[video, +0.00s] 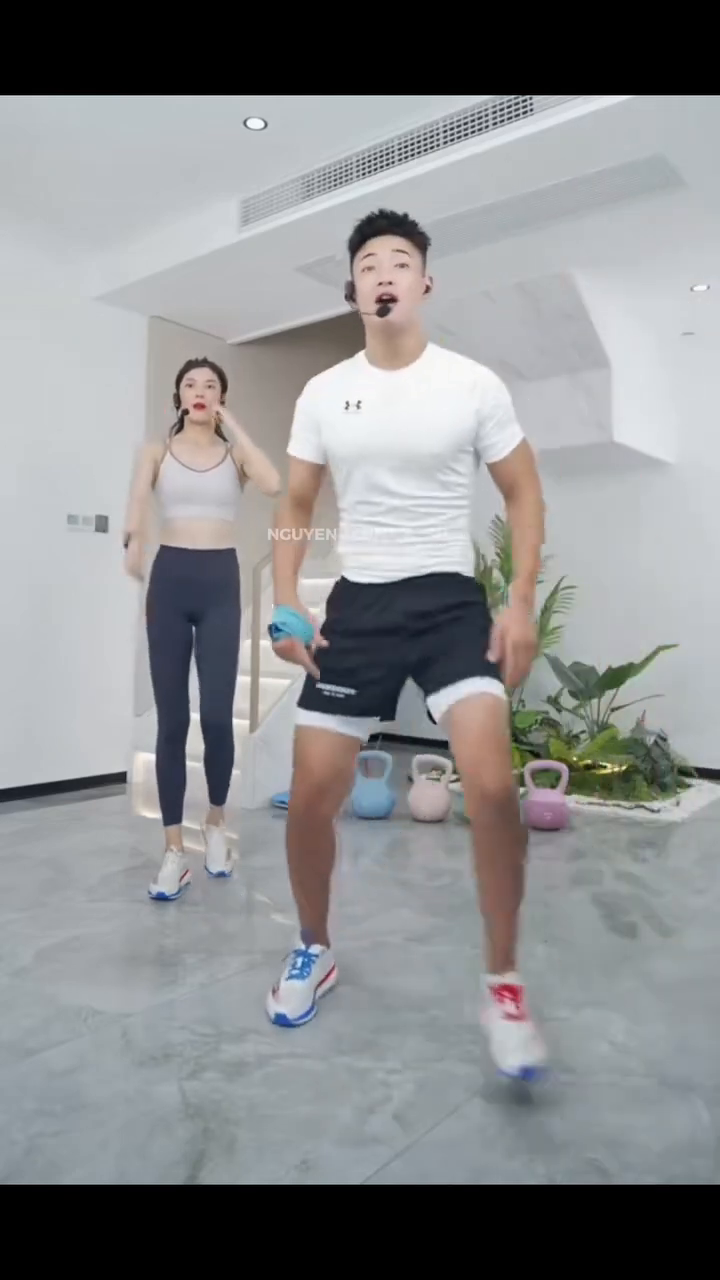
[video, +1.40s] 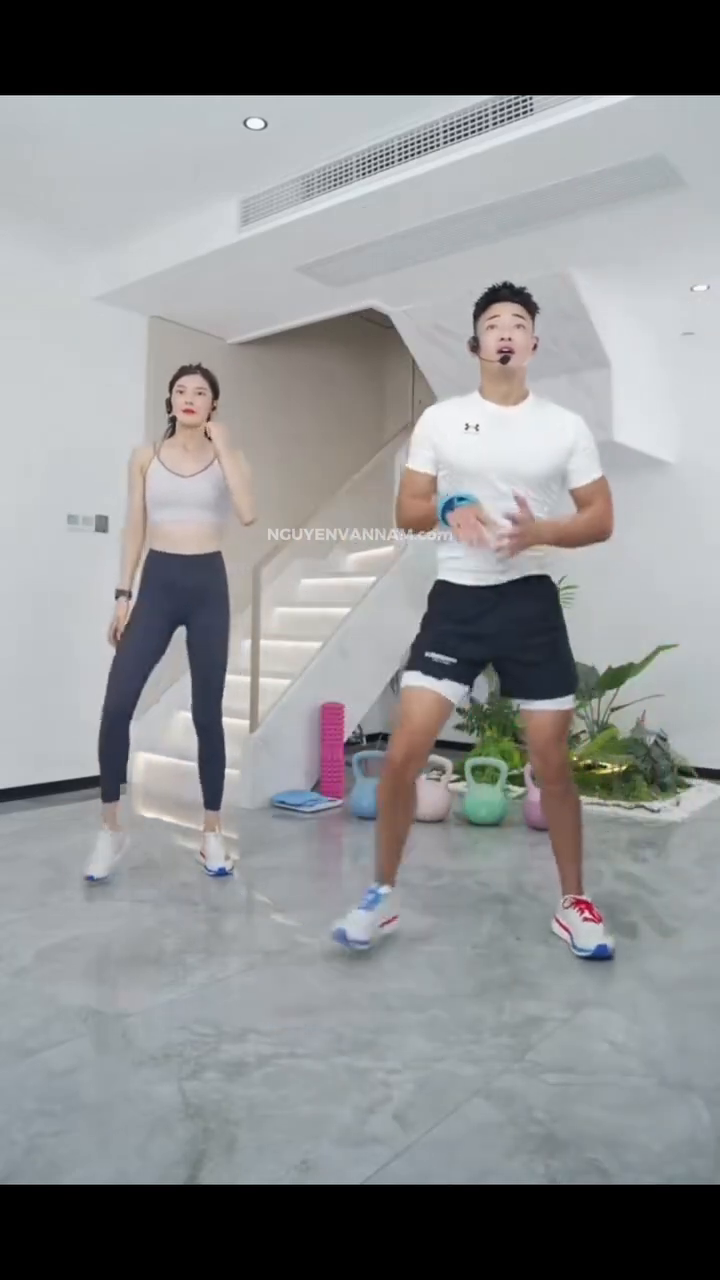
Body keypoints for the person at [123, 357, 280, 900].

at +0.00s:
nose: (200, 393)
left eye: (209, 387)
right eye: (192, 385)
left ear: (222, 400)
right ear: (178, 396)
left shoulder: (234, 451)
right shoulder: (157, 451)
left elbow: (271, 482)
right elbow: (138, 505)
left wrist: (233, 427)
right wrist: (133, 547)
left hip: (221, 580)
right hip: (167, 579)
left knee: (216, 716)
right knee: (172, 719)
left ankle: (216, 825)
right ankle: (173, 846)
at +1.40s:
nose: (190, 399)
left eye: (199, 393)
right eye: (183, 392)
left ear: (212, 405)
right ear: (170, 401)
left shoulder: (226, 458)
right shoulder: (146, 459)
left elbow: (247, 513)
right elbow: (136, 530)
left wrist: (221, 445)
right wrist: (124, 596)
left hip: (209, 587)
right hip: (156, 587)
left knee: (207, 714)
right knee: (116, 707)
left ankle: (212, 832)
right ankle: (110, 828)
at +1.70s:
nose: (154, 404)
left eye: (164, 398)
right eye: (147, 396)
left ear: (177, 411)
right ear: (133, 405)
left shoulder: (190, 469)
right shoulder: (104, 460)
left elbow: (214, 545)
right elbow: (83, 530)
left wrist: (197, 491)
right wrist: (69, 599)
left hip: (158, 593)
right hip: (104, 590)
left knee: (167, 710)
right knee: (88, 717)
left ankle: (183, 808)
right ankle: (79, 837)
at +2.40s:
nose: (186, 403)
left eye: (194, 396)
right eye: (176, 397)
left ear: (206, 409)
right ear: (161, 409)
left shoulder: (227, 465)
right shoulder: (144, 468)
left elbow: (257, 537)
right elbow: (132, 544)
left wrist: (226, 491)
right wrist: (121, 612)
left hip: (218, 598)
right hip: (164, 597)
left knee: (241, 718)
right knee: (127, 719)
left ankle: (272, 831)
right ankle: (83, 835)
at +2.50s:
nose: (201, 406)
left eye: (210, 399)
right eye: (192, 400)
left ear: (223, 410)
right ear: (180, 411)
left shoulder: (247, 463)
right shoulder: (165, 473)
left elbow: (282, 524)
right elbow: (154, 550)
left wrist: (239, 497)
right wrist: (142, 617)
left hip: (245, 598)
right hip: (191, 600)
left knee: (257, 716)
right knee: (147, 712)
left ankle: (272, 830)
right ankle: (103, 825)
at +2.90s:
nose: (231, 406)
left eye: (239, 398)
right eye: (222, 399)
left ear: (253, 408)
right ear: (210, 409)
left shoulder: (275, 463)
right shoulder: (193, 466)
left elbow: (298, 537)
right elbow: (188, 541)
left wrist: (267, 537)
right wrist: (180, 606)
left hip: (259, 596)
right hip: (208, 595)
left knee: (268, 715)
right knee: (183, 709)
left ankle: (273, 829)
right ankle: (210, 811)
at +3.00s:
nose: (226, 404)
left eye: (235, 397)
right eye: (218, 397)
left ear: (249, 407)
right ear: (205, 405)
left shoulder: (269, 462)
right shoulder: (187, 465)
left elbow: (292, 532)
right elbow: (183, 540)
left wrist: (268, 569)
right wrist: (171, 603)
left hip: (254, 593)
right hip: (202, 593)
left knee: (263, 715)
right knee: (157, 709)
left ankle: (272, 829)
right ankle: (158, 814)